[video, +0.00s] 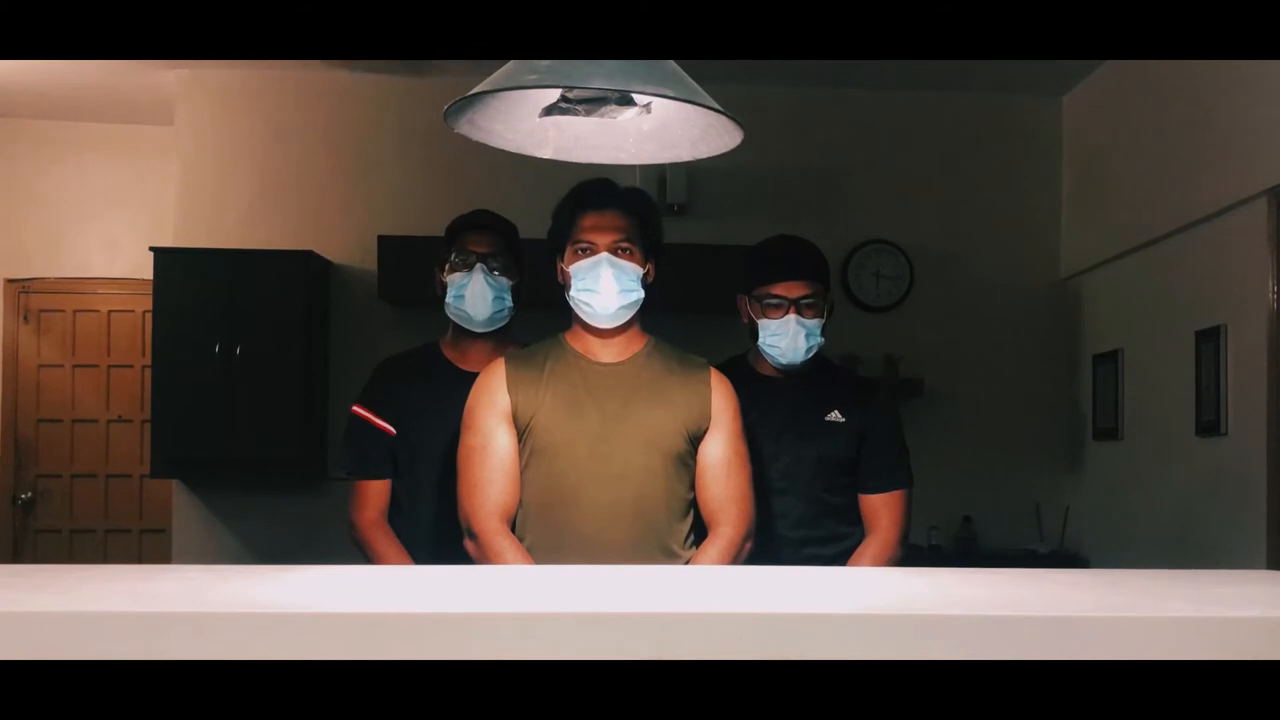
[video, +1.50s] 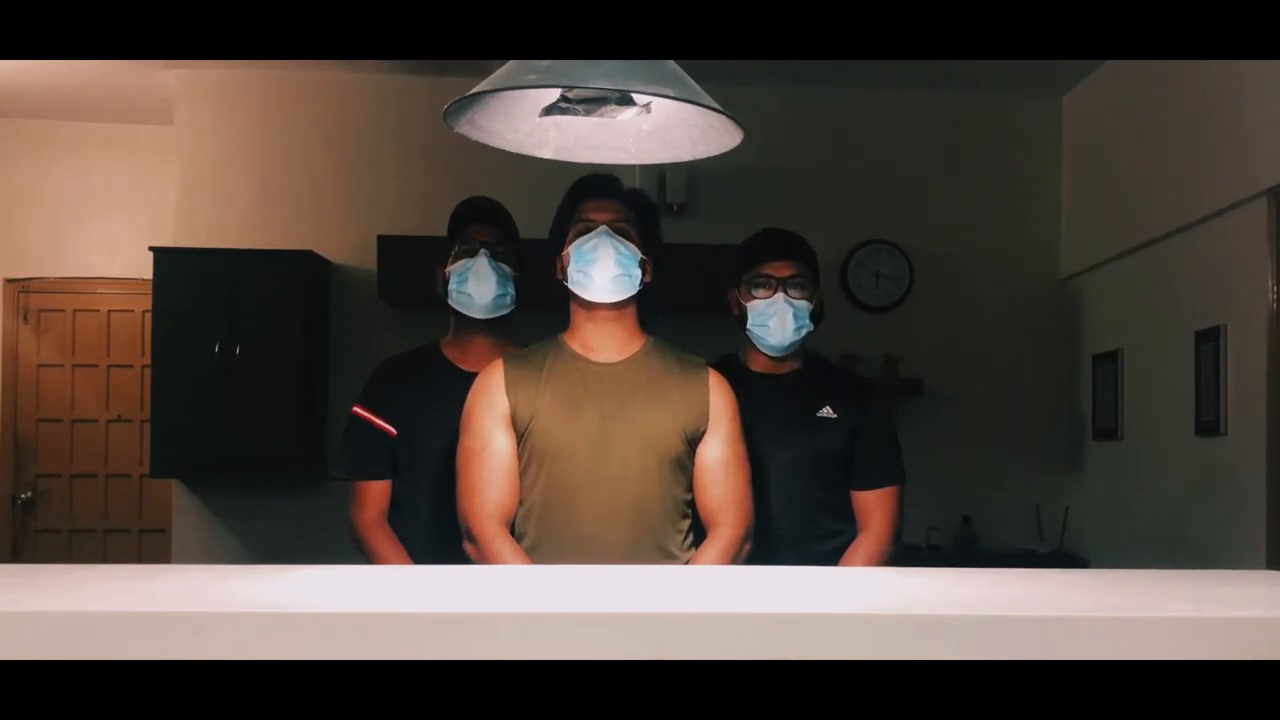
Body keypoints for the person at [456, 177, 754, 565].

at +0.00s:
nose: (603, 266)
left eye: (622, 251)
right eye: (585, 251)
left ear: (647, 270)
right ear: (562, 269)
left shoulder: (706, 389)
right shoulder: (505, 382)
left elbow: (732, 531)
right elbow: (484, 529)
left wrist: (668, 616)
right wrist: (551, 615)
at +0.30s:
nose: (602, 260)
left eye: (620, 246)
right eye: (584, 246)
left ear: (646, 269)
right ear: (561, 269)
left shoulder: (705, 388)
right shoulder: (504, 381)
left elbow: (732, 530)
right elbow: (483, 529)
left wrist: (669, 615)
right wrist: (552, 615)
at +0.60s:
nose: (601, 254)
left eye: (620, 241)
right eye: (584, 240)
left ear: (645, 268)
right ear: (560, 266)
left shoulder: (704, 388)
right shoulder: (503, 381)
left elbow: (732, 530)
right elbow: (483, 529)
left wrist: (668, 615)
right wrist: (553, 616)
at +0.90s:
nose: (602, 249)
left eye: (620, 238)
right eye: (585, 237)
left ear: (645, 268)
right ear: (561, 266)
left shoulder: (704, 388)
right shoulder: (503, 381)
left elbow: (731, 530)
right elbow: (483, 530)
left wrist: (669, 615)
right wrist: (553, 616)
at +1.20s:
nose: (602, 245)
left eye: (620, 235)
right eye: (584, 234)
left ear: (645, 267)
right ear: (561, 265)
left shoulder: (704, 389)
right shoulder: (503, 382)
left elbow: (731, 531)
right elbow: (484, 530)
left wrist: (668, 616)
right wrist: (552, 616)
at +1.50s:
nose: (602, 242)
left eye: (620, 234)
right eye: (585, 232)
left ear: (645, 268)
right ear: (562, 264)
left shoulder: (703, 389)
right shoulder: (503, 382)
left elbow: (731, 531)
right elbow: (484, 531)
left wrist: (668, 615)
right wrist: (553, 616)